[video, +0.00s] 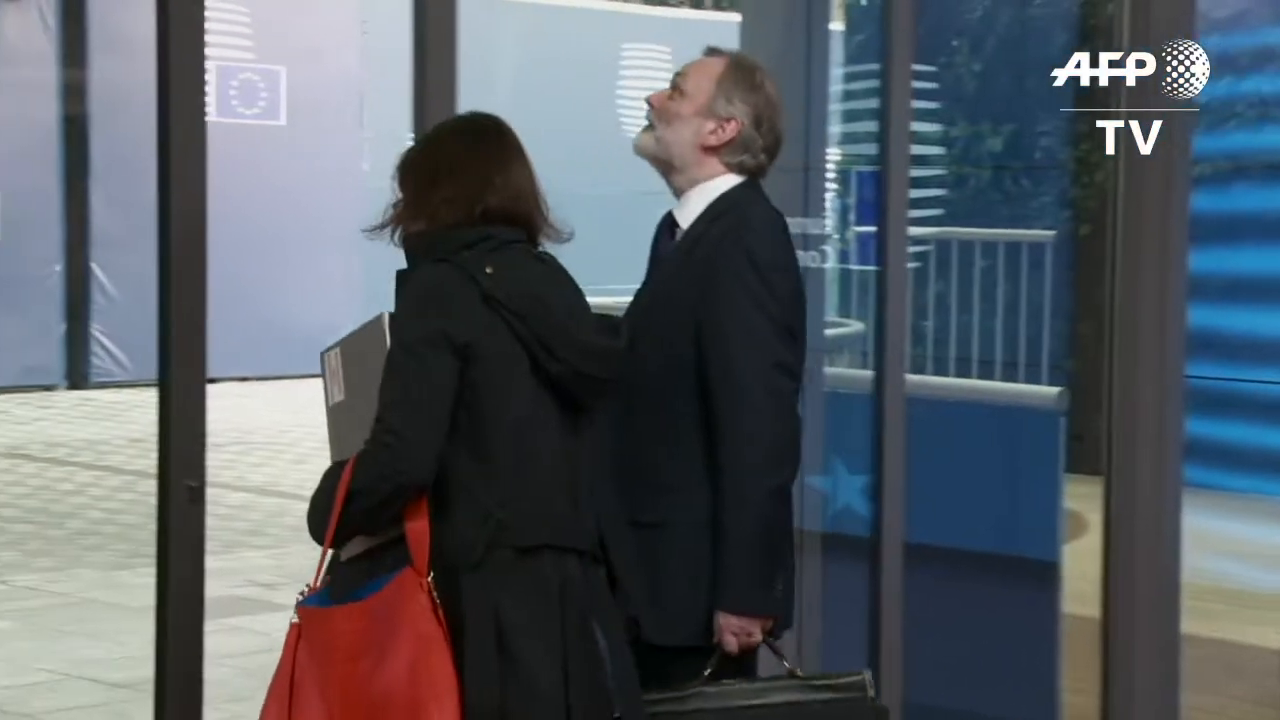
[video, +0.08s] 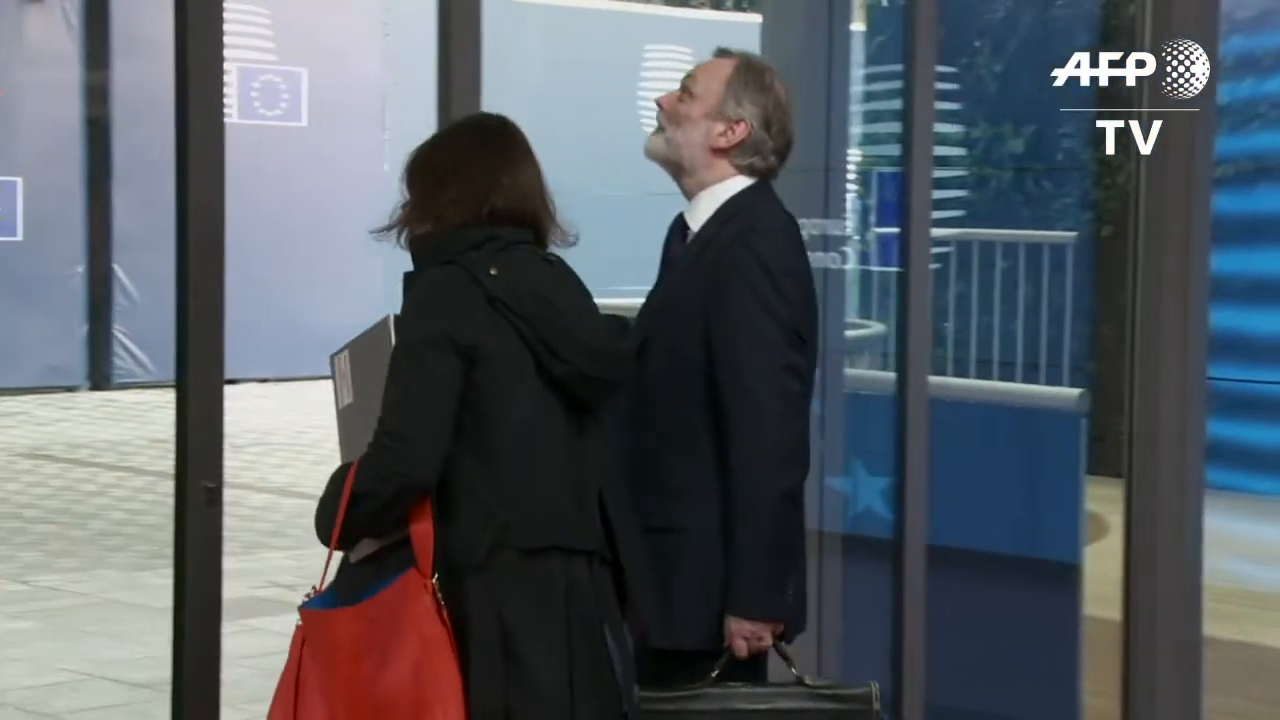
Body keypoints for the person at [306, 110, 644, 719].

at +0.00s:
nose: (405, 211)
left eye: (412, 194)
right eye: (406, 193)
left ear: (436, 195)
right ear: (513, 188)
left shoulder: (436, 284)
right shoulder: (551, 284)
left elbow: (407, 452)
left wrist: (333, 503)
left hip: (490, 590)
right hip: (574, 579)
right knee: (575, 702)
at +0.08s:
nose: (412, 213)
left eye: (419, 195)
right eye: (414, 194)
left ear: (443, 196)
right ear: (524, 190)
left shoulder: (444, 289)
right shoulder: (561, 288)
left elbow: (410, 456)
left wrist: (340, 507)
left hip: (493, 595)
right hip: (579, 585)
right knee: (579, 703)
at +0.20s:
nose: (427, 212)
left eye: (434, 194)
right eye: (429, 194)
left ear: (454, 196)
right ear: (538, 191)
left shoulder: (455, 289)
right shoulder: (577, 289)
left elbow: (418, 456)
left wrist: (355, 513)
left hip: (504, 587)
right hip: (590, 579)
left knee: (512, 704)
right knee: (590, 702)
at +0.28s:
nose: (441, 211)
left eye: (448, 194)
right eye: (444, 193)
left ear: (468, 196)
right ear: (552, 191)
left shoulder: (468, 291)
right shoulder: (589, 289)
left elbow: (431, 459)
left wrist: (373, 515)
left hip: (520, 585)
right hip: (606, 577)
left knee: (527, 705)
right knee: (607, 703)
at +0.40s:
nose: (462, 215)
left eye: (470, 198)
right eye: (467, 197)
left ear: (488, 200)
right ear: (576, 194)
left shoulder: (489, 295)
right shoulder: (614, 294)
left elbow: (449, 464)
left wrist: (396, 518)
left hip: (536, 595)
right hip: (626, 588)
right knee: (625, 705)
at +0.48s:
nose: (472, 217)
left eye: (480, 199)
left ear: (498, 200)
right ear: (586, 195)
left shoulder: (498, 295)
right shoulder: (624, 294)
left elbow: (459, 462)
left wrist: (408, 521)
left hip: (548, 591)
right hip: (637, 584)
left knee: (554, 706)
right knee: (636, 704)